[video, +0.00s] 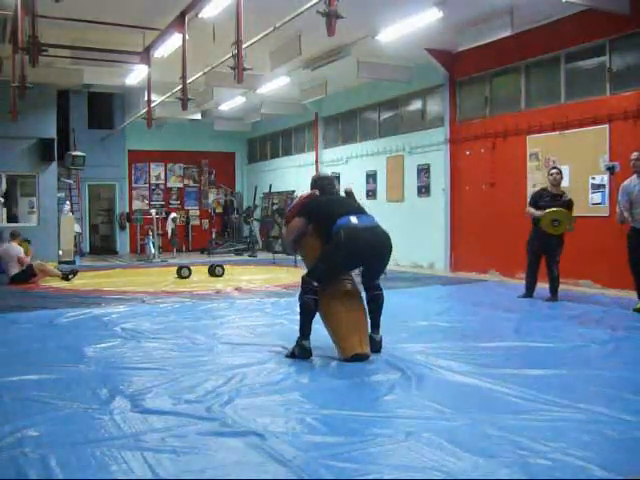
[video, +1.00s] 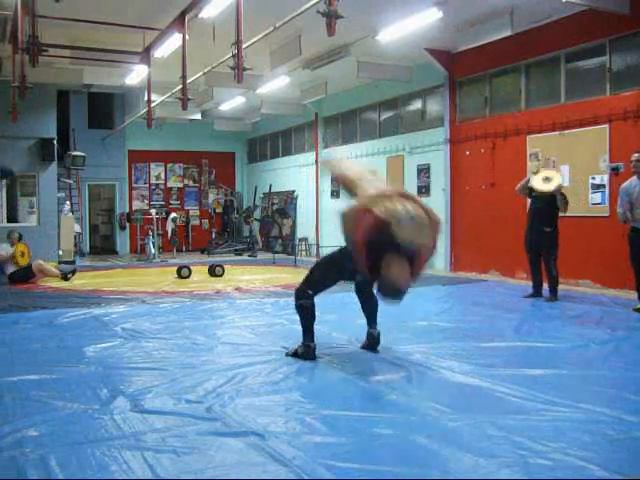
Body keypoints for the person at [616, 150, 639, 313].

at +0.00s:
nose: (634, 163)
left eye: (636, 160)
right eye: (632, 160)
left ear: (639, 163)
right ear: (630, 163)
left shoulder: (628, 186)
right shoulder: (627, 185)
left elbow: (623, 207)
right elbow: (623, 206)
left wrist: (627, 216)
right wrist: (626, 217)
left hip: (635, 229)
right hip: (634, 228)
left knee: (636, 266)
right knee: (635, 266)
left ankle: (639, 300)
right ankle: (639, 299)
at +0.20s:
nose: (633, 164)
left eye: (636, 160)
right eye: (632, 161)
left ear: (639, 164)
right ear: (629, 164)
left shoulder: (627, 187)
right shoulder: (626, 186)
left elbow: (623, 209)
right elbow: (624, 209)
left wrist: (629, 219)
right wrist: (629, 220)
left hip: (635, 229)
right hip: (634, 228)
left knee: (635, 266)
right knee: (635, 266)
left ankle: (638, 300)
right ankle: (638, 299)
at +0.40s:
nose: (633, 164)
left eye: (635, 161)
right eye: (632, 161)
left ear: (639, 164)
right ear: (629, 164)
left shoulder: (627, 187)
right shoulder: (626, 186)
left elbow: (623, 211)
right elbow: (623, 210)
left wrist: (628, 219)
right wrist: (628, 219)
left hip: (634, 229)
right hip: (634, 229)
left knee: (635, 267)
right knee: (635, 267)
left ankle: (638, 300)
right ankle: (638, 300)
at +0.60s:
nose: (633, 165)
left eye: (635, 161)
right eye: (631, 162)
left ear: (639, 164)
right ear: (628, 165)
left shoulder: (627, 188)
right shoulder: (626, 187)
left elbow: (622, 211)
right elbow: (622, 210)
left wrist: (627, 218)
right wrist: (626, 217)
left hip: (634, 228)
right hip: (634, 228)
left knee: (635, 266)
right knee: (635, 266)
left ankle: (638, 300)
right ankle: (638, 300)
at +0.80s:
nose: (633, 165)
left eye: (636, 161)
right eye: (632, 162)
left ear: (639, 165)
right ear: (629, 165)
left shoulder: (627, 187)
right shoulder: (626, 186)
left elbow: (622, 211)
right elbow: (622, 210)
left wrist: (627, 219)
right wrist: (626, 218)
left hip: (634, 229)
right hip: (634, 228)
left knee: (635, 267)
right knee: (635, 267)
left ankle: (638, 300)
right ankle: (638, 300)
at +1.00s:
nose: (634, 165)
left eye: (636, 161)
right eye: (633, 162)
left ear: (639, 165)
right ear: (630, 165)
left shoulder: (628, 187)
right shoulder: (627, 186)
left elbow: (622, 212)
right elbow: (622, 211)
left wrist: (628, 218)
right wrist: (627, 218)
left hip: (635, 228)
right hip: (635, 228)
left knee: (636, 268)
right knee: (636, 268)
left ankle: (639, 300)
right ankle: (638, 300)